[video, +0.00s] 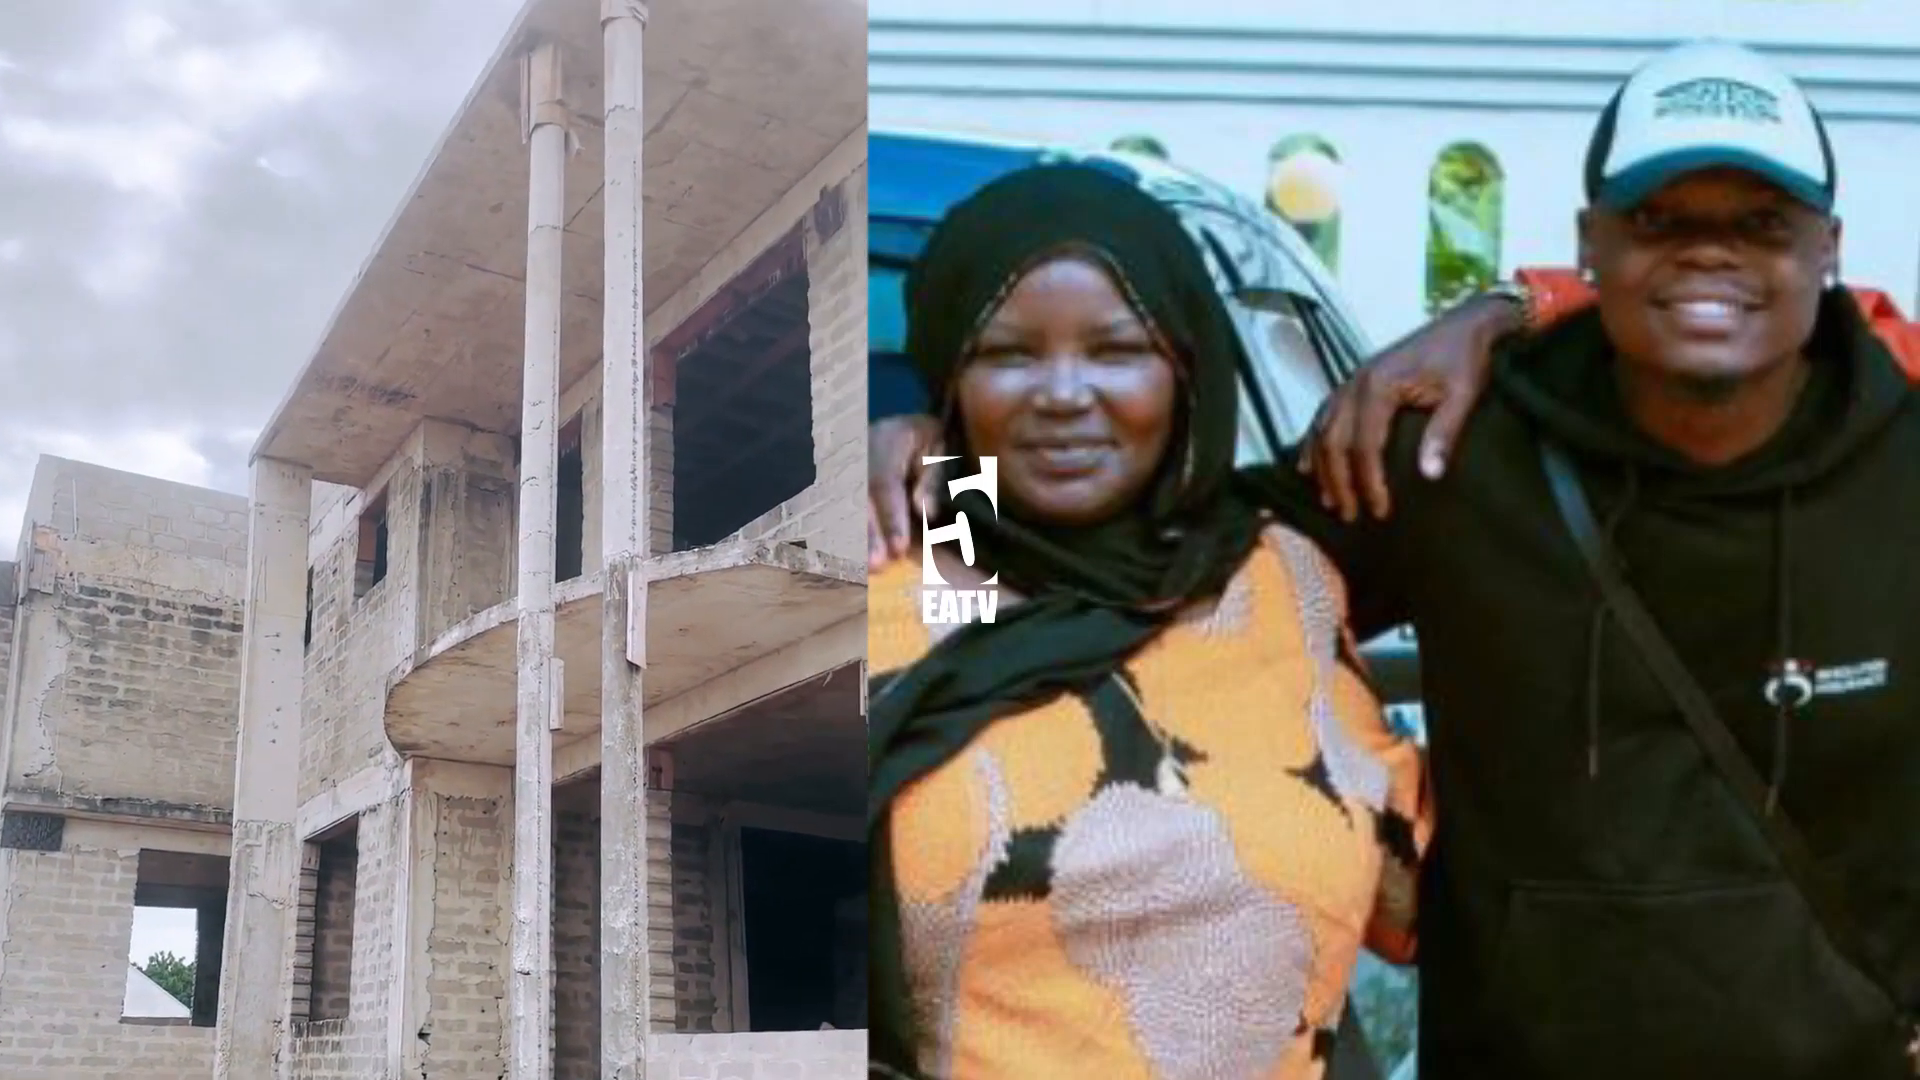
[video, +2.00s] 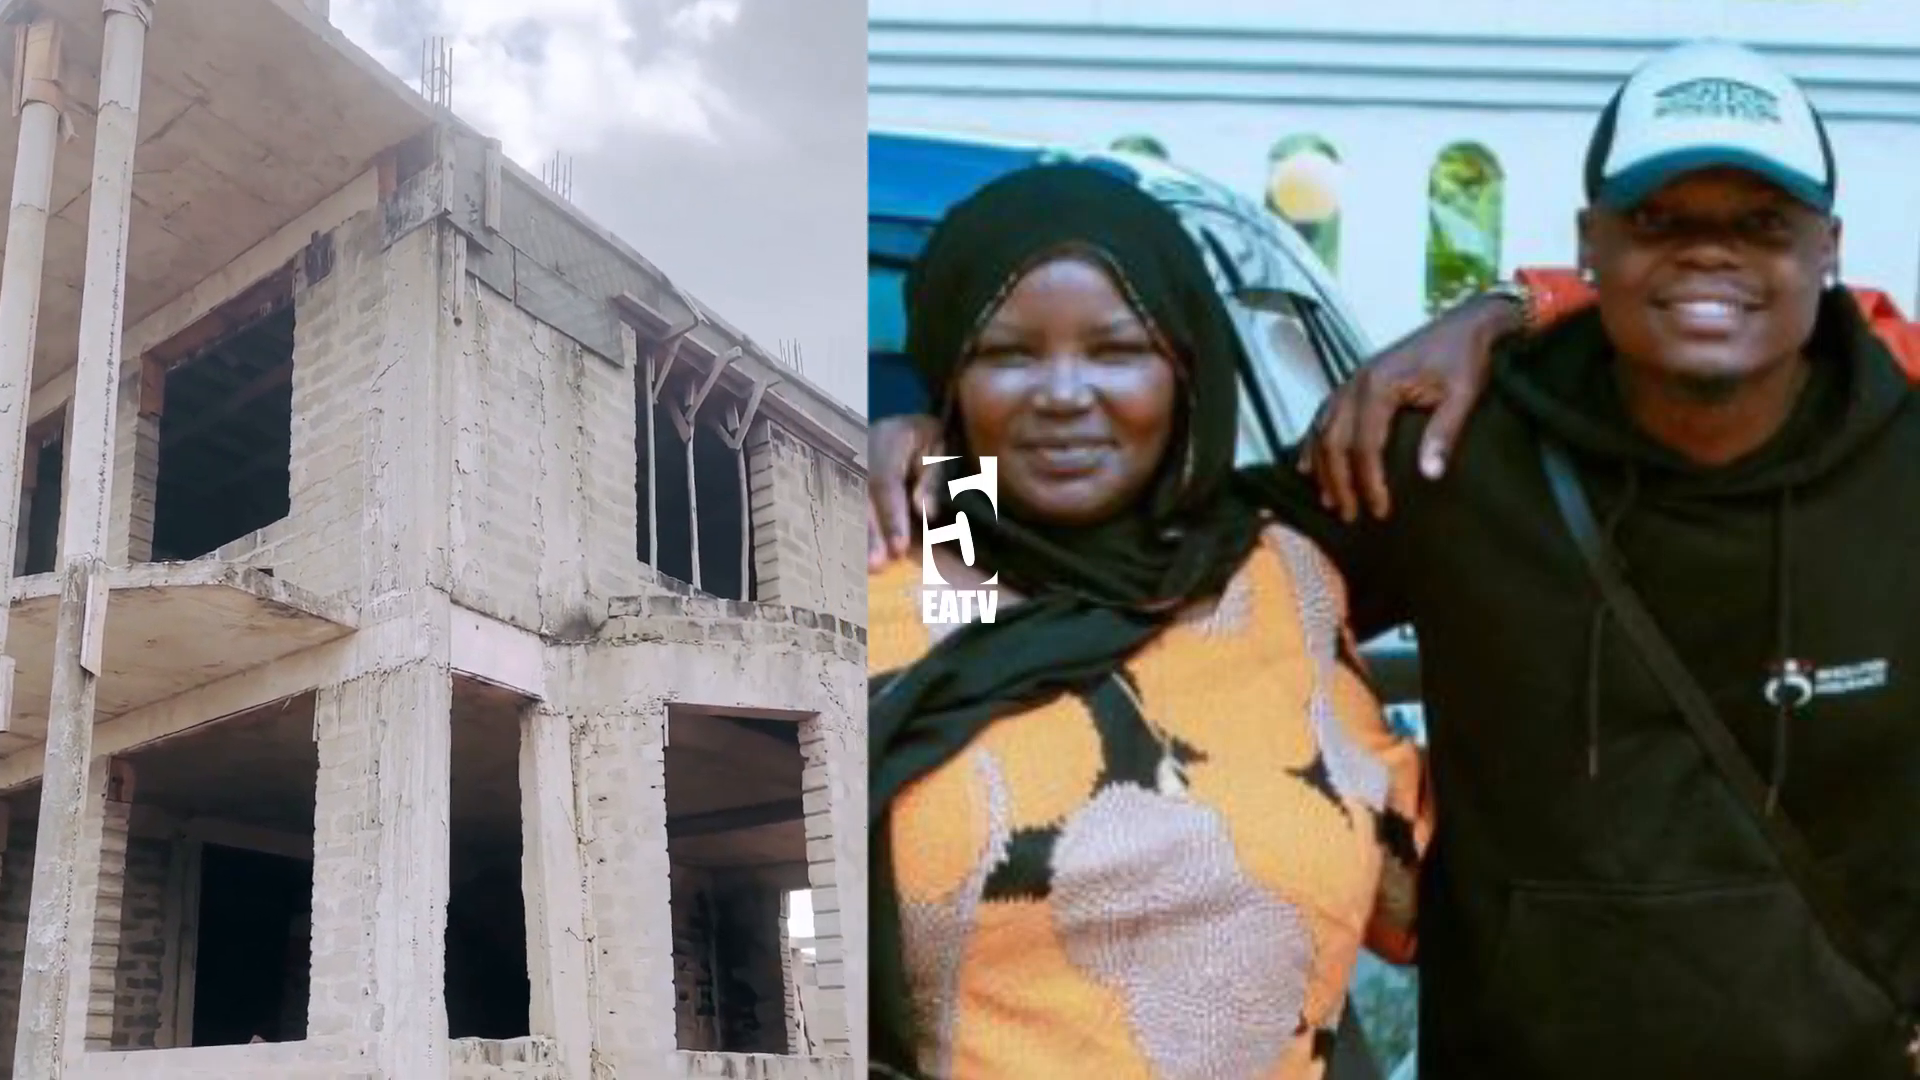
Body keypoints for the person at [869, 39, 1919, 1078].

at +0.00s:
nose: (1707, 252)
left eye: (1757, 219)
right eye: (1664, 215)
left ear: (1825, 250)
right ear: (1595, 242)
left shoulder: (1899, 445)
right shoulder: (1463, 447)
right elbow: (1178, 557)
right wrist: (964, 466)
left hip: (1848, 1038)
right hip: (1535, 1044)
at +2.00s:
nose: (1707, 252)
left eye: (1757, 219)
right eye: (1664, 215)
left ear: (1826, 249)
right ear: (1595, 242)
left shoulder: (1899, 445)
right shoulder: (1464, 447)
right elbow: (1177, 557)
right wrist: (960, 464)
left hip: (1850, 1038)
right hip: (1536, 1046)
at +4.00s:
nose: (1706, 251)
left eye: (1757, 219)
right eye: (1664, 214)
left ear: (1825, 251)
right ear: (1594, 241)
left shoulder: (1898, 446)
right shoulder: (1463, 449)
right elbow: (1174, 558)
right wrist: (960, 463)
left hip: (1849, 1038)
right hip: (1535, 1044)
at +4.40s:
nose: (1707, 251)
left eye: (1757, 219)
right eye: (1664, 215)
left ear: (1825, 251)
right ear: (1595, 242)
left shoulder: (1899, 446)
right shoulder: (1464, 448)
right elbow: (1175, 559)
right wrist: (959, 469)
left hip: (1849, 1038)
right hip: (1536, 1044)